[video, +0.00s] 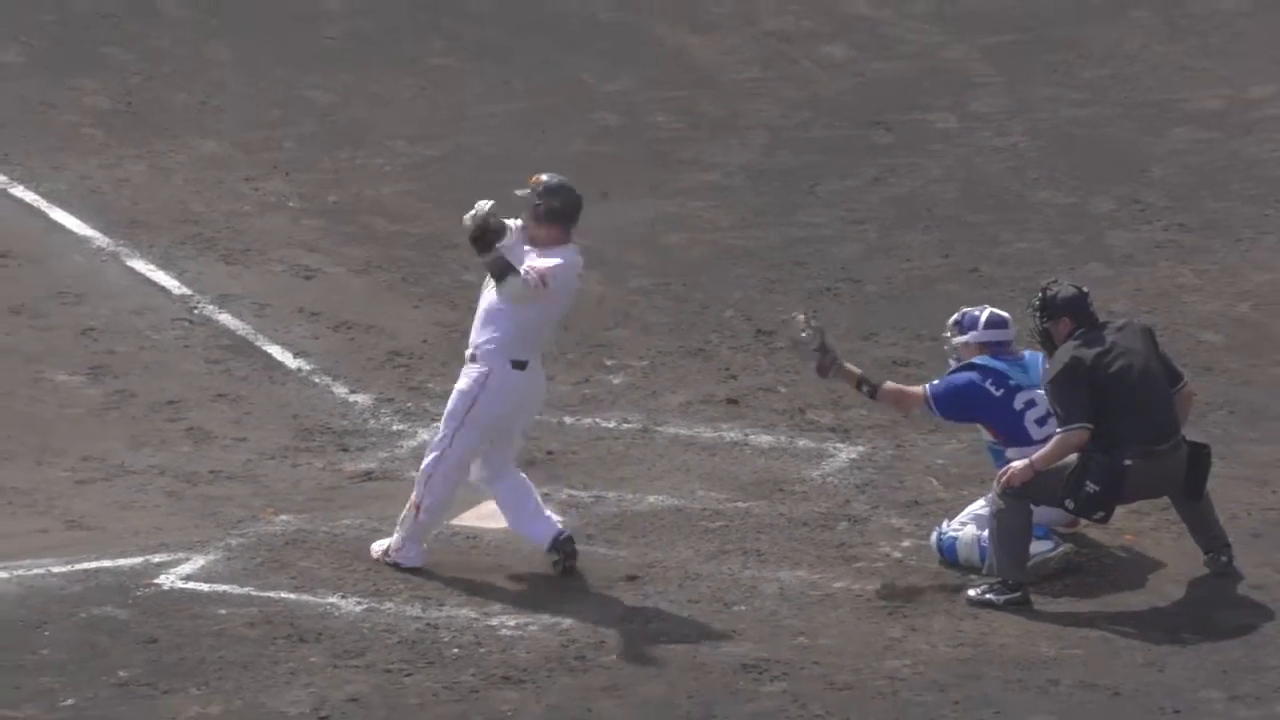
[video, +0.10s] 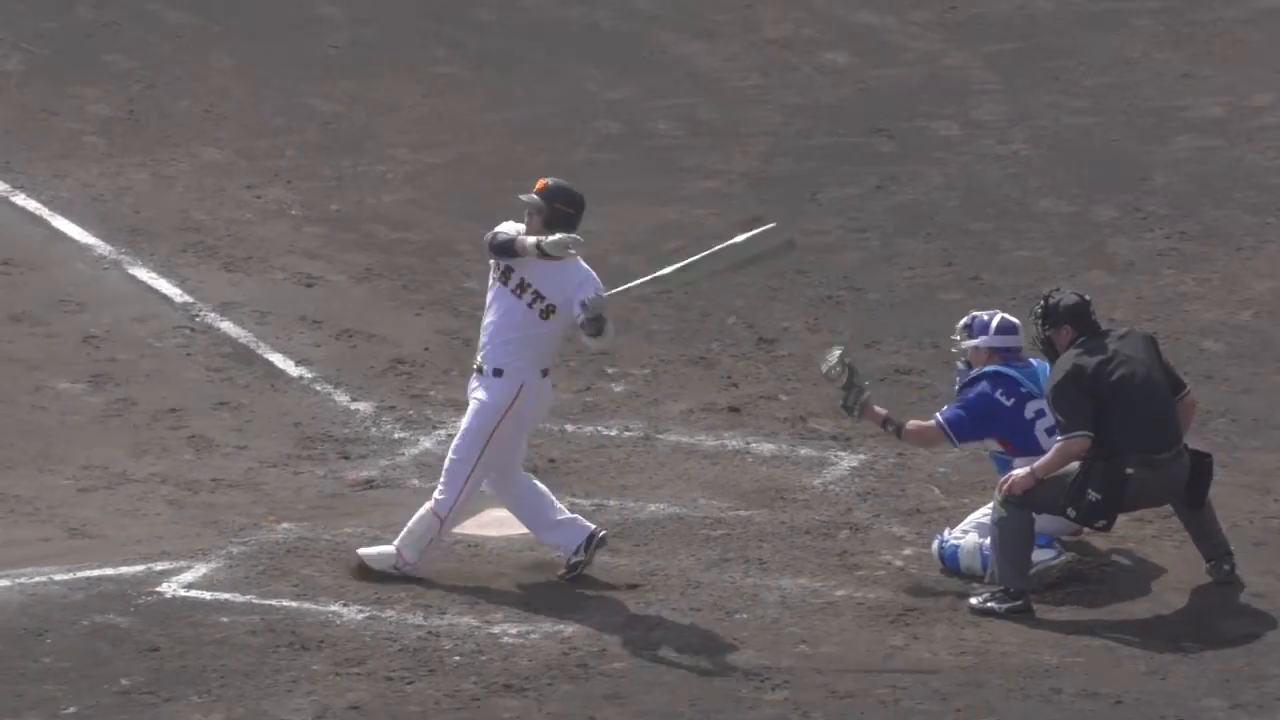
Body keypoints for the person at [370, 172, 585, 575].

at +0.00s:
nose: (525, 217)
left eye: (532, 212)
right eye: (528, 210)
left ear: (551, 224)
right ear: (556, 224)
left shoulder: (561, 267)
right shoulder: (525, 237)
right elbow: (495, 238)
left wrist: (486, 243)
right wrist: (482, 225)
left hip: (491, 376)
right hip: (524, 378)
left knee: (443, 458)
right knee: (496, 467)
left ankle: (406, 547)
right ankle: (553, 535)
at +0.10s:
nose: (527, 216)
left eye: (535, 212)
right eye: (530, 209)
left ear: (556, 221)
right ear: (540, 214)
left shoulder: (579, 277)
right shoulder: (515, 237)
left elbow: (595, 336)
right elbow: (496, 244)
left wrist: (595, 321)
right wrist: (542, 244)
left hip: (515, 389)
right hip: (489, 382)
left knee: (460, 470)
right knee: (505, 477)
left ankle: (406, 554)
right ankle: (578, 538)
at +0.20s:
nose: (536, 233)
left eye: (545, 229)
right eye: (538, 225)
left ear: (567, 239)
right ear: (538, 226)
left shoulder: (591, 288)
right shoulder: (519, 251)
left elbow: (618, 337)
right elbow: (506, 275)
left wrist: (636, 353)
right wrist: (548, 271)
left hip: (540, 400)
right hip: (500, 395)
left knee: (484, 476)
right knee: (518, 493)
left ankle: (449, 574)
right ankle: (592, 553)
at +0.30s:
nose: (549, 243)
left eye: (557, 239)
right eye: (550, 235)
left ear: (579, 245)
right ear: (552, 236)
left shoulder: (608, 298)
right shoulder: (531, 262)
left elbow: (636, 353)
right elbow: (515, 289)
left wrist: (664, 382)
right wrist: (545, 301)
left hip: (556, 403)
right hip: (511, 399)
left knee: (521, 483)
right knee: (522, 488)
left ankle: (504, 588)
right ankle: (595, 564)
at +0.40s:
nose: (556, 236)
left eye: (565, 232)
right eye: (557, 229)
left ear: (587, 239)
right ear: (559, 230)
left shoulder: (616, 292)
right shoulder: (534, 258)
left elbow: (642, 347)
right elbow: (524, 292)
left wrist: (668, 385)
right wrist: (559, 309)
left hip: (571, 399)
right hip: (523, 397)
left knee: (560, 493)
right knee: (537, 501)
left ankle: (557, 591)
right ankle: (602, 567)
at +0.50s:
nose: (559, 228)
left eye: (568, 223)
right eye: (560, 220)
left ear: (590, 231)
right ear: (563, 222)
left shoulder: (618, 283)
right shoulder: (536, 253)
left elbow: (641, 341)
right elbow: (526, 283)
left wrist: (667, 390)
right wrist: (552, 301)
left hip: (585, 393)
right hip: (535, 393)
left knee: (585, 487)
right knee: (550, 495)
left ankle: (583, 583)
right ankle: (608, 564)